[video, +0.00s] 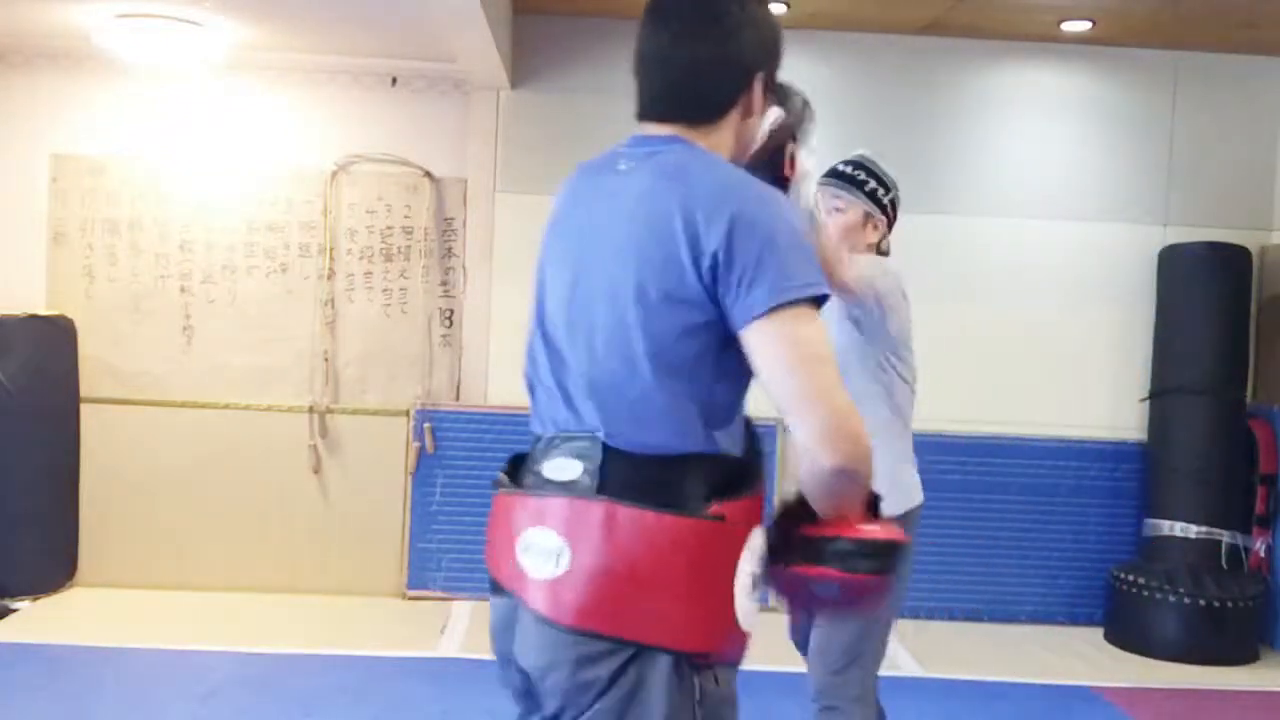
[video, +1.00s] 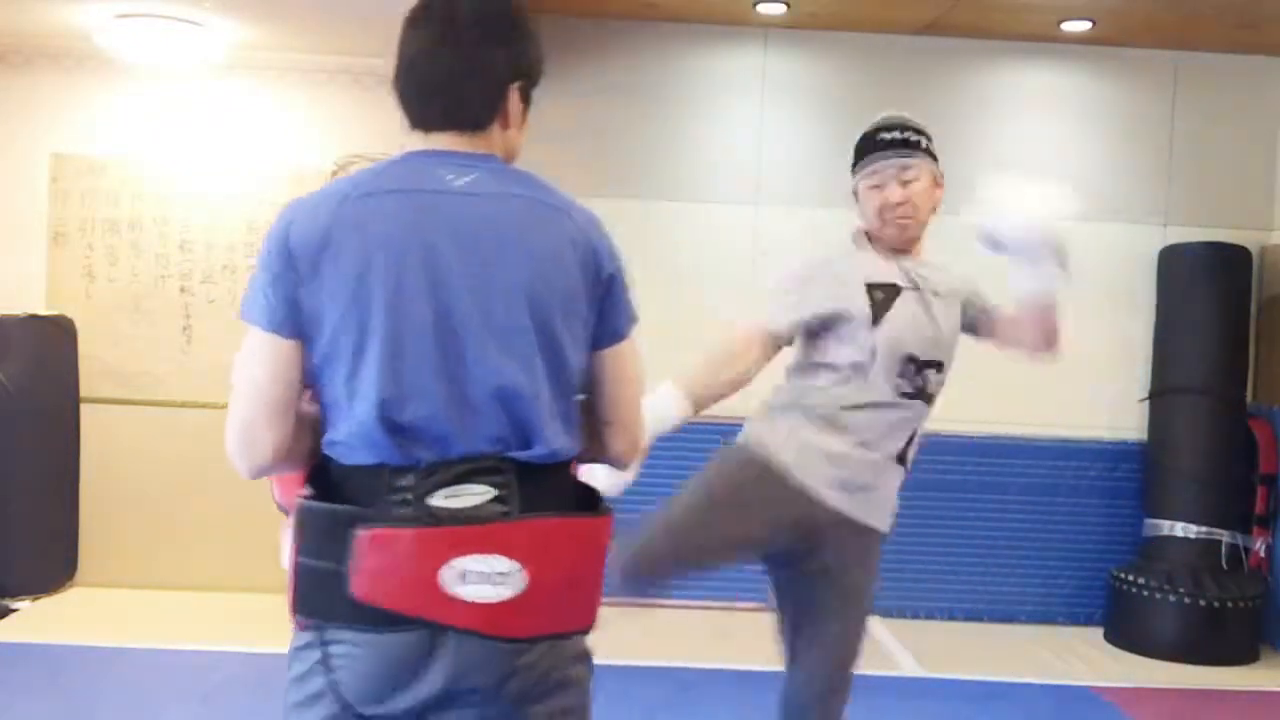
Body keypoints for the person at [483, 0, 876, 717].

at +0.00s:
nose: (769, 106)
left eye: (771, 89)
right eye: (771, 88)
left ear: (646, 76)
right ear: (753, 93)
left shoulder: (583, 187)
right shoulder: (740, 207)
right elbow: (837, 452)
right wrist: (834, 521)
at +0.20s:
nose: (729, 106)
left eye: (730, 86)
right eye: (731, 85)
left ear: (603, 79)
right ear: (713, 88)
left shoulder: (503, 200)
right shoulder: (749, 218)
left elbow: (444, 378)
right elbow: (831, 449)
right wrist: (769, 444)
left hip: (483, 560)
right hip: (628, 582)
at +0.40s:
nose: (696, 103)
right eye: (699, 86)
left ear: (575, 79)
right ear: (685, 88)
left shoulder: (461, 200)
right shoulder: (738, 223)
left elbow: (364, 409)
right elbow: (800, 447)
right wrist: (692, 454)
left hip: (473, 588)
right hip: (644, 597)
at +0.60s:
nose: (632, 103)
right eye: (636, 85)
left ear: (506, 74)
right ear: (621, 85)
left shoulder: (405, 205)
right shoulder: (685, 223)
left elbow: (328, 433)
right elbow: (718, 447)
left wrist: (420, 448)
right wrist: (604, 447)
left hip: (445, 605)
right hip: (618, 608)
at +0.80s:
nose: (576, 103)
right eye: (580, 86)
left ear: (451, 79)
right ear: (565, 88)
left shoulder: (356, 207)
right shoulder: (631, 219)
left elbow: (283, 432)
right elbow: (676, 436)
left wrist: (380, 423)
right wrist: (560, 428)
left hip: (403, 607)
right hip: (575, 609)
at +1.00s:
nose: (526, 120)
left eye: (528, 101)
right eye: (529, 102)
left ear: (406, 94)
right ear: (512, 104)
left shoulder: (312, 225)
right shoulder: (574, 231)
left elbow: (256, 448)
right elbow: (621, 440)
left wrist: (350, 411)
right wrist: (516, 414)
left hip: (363, 602)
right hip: (528, 601)